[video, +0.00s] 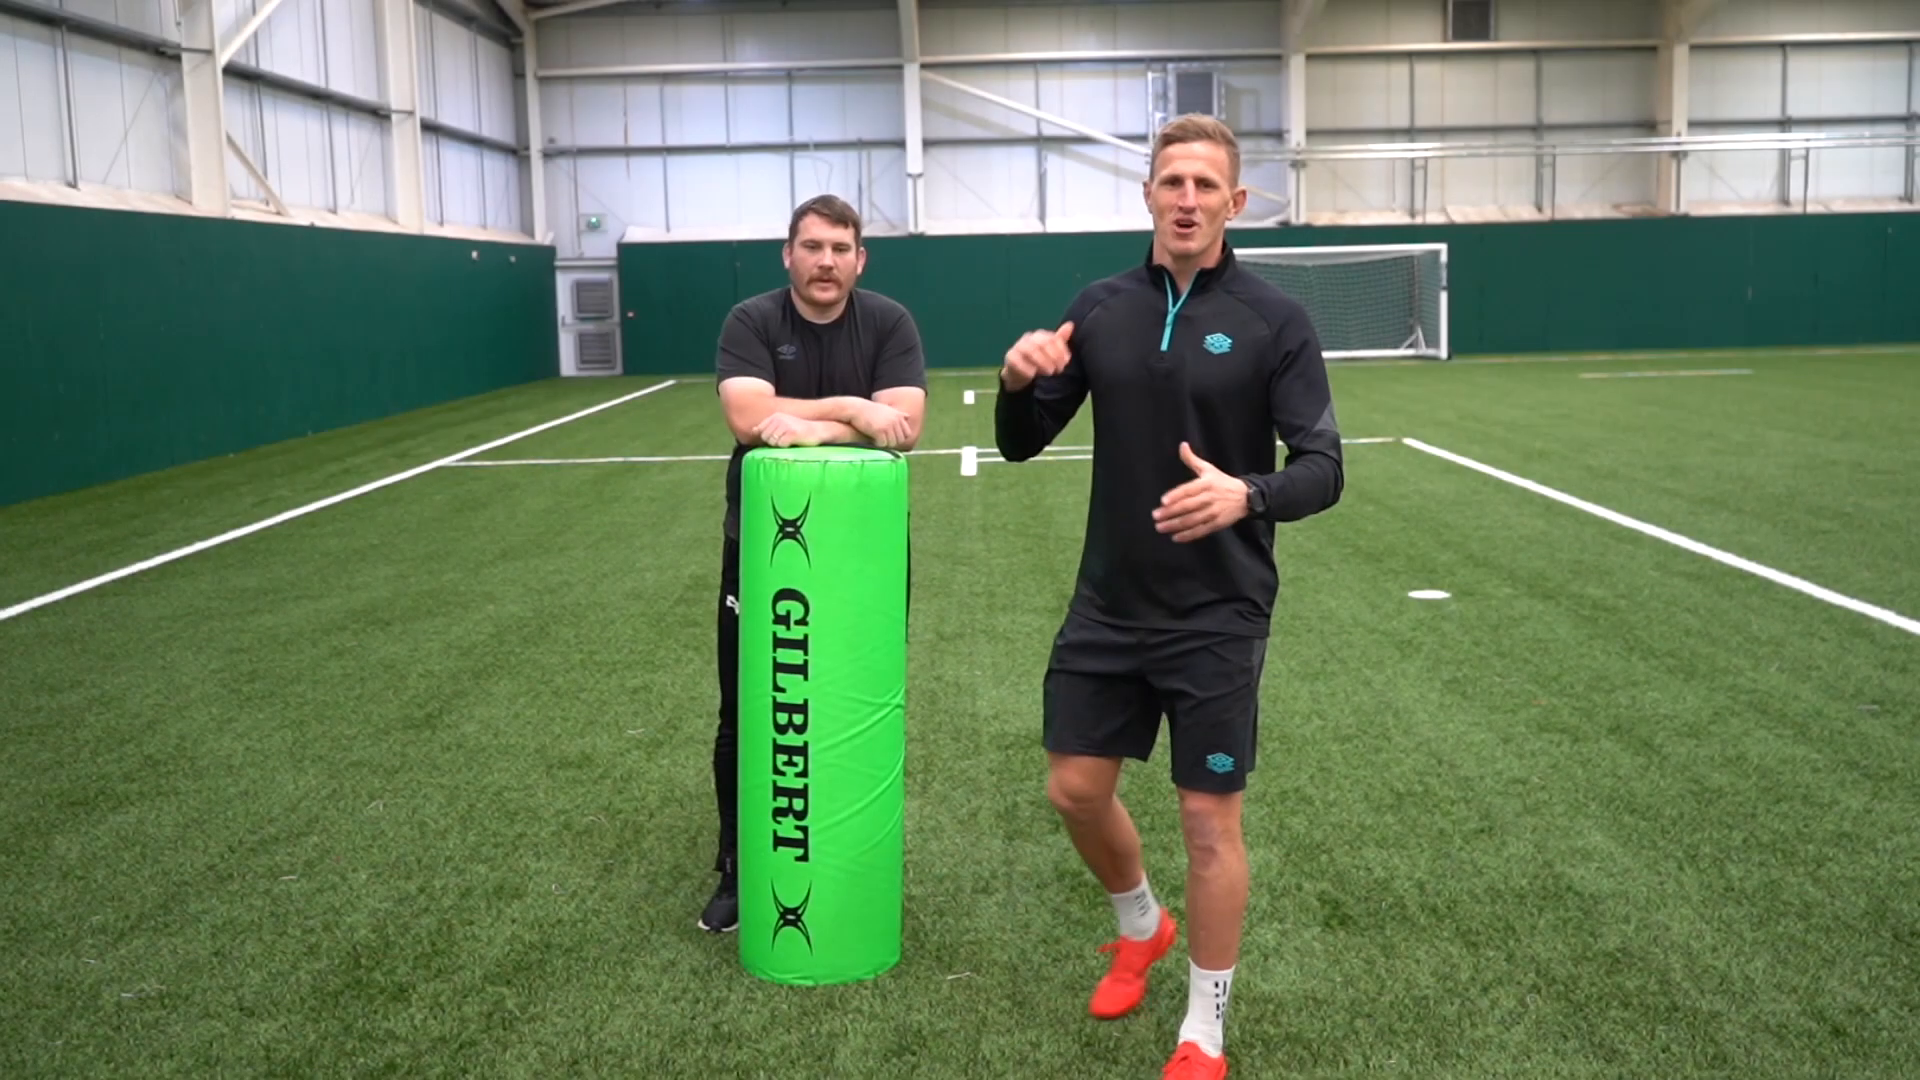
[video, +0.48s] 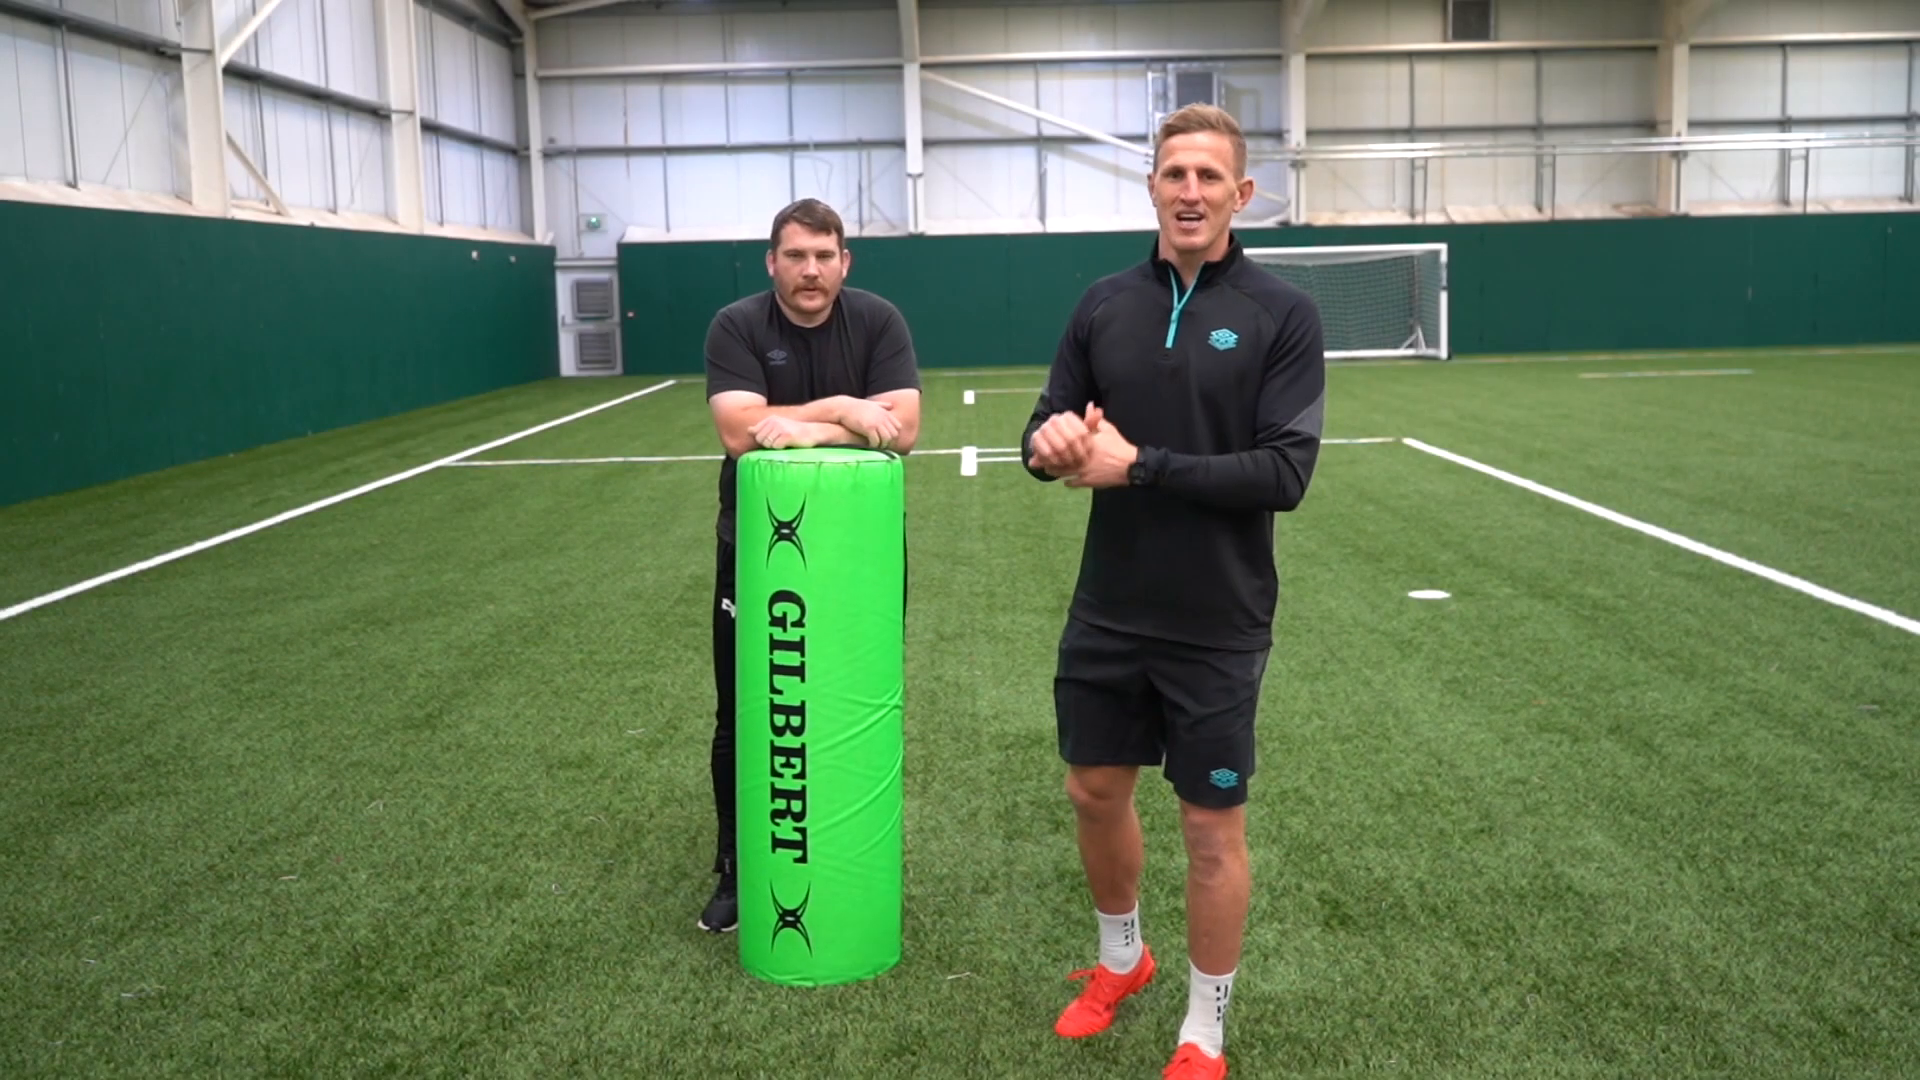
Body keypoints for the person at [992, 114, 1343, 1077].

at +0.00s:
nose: (1185, 200)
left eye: (1205, 185)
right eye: (1170, 182)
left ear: (1235, 203)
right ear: (1147, 196)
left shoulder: (1279, 324)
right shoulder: (1099, 310)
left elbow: (1321, 472)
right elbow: (1021, 442)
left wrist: (1249, 495)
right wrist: (1017, 383)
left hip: (1217, 606)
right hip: (1109, 597)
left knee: (1209, 820)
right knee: (1075, 786)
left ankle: (1204, 1032)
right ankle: (1143, 923)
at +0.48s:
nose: (1189, 192)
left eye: (1209, 176)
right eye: (1174, 174)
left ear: (1242, 193)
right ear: (1151, 188)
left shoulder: (1284, 315)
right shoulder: (1104, 304)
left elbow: (1287, 472)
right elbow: (1044, 438)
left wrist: (1136, 465)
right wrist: (1051, 439)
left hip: (1219, 614)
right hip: (1108, 602)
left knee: (1211, 827)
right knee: (1095, 790)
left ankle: (1204, 1031)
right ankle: (1121, 959)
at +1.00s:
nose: (1092, 214)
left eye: (1100, 199)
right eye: (1096, 197)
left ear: (1139, 206)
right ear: (1154, 203)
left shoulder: (1233, 324)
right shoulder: (1156, 291)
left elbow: (1241, 514)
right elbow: (1125, 379)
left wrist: (1174, 654)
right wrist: (1028, 329)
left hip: (1206, 621)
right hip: (1128, 595)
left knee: (1219, 822)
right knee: (1110, 766)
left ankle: (1207, 1037)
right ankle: (1135, 961)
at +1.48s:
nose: (1112, 216)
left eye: (1130, 199)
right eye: (1104, 200)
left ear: (1181, 205)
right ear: (1104, 211)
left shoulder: (1236, 317)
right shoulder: (1108, 313)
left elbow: (1263, 472)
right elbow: (1062, 406)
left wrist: (1209, 605)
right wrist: (937, 407)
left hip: (1201, 601)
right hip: (1119, 594)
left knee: (1208, 806)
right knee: (1152, 776)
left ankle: (1206, 1030)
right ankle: (1176, 962)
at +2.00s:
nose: (1111, 210)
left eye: (1125, 195)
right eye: (1096, 200)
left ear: (1160, 207)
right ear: (1082, 221)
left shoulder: (1231, 296)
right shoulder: (1071, 335)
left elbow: (1297, 417)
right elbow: (1065, 468)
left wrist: (1217, 471)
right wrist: (1139, 490)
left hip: (1242, 578)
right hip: (1138, 588)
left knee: (1284, 761)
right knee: (1164, 759)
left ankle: (1332, 959)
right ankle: (1180, 959)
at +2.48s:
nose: (1190, 209)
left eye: (1205, 195)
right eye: (1178, 198)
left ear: (1238, 208)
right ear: (1161, 214)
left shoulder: (1290, 308)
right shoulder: (1133, 322)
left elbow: (1336, 434)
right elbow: (1109, 439)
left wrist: (1238, 463)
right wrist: (1146, 476)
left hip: (1267, 568)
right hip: (1169, 570)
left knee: (1270, 740)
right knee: (1176, 746)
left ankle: (1269, 894)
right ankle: (1178, 953)